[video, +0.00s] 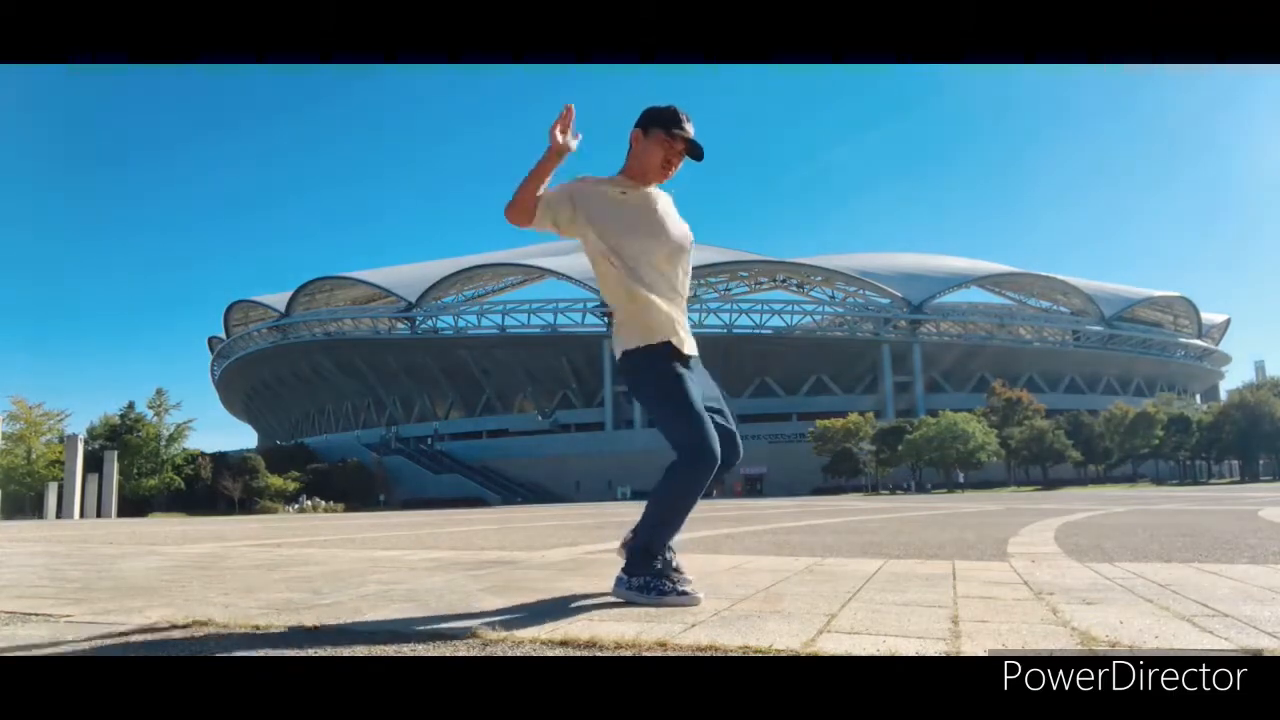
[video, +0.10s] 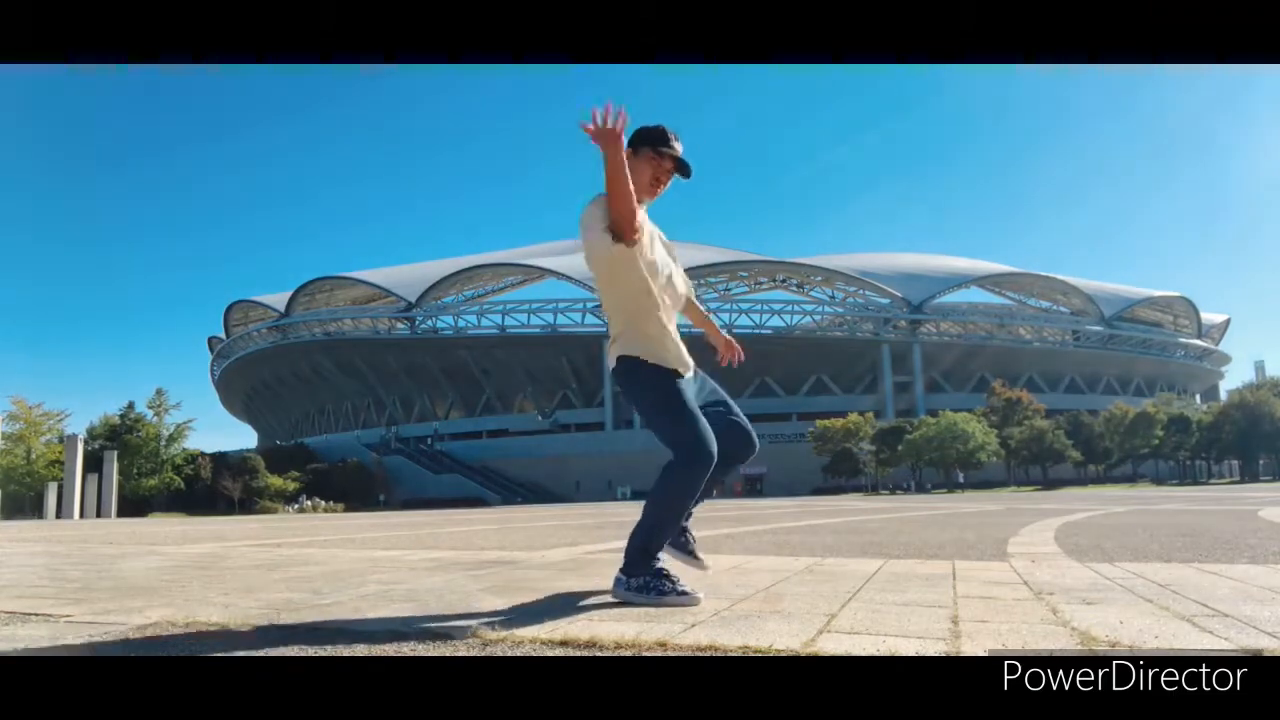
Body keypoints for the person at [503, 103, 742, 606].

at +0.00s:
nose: (674, 161)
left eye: (682, 155)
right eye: (668, 148)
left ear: (683, 157)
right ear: (638, 138)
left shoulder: (661, 199)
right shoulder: (593, 193)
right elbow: (518, 212)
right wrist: (554, 155)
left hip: (682, 349)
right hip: (646, 351)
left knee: (726, 450)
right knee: (701, 452)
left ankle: (647, 546)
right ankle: (641, 569)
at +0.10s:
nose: (664, 179)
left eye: (671, 174)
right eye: (659, 166)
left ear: (669, 179)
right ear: (631, 159)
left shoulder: (652, 229)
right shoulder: (601, 214)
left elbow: (680, 294)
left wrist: (713, 332)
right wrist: (614, 156)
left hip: (677, 363)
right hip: (642, 363)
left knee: (739, 442)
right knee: (698, 452)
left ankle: (672, 518)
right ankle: (636, 570)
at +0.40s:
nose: (646, 198)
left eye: (653, 192)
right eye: (638, 188)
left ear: (656, 194)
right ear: (612, 184)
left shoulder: (651, 237)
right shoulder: (595, 227)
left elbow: (675, 301)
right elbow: (660, 247)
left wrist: (706, 344)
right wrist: (691, 247)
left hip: (680, 359)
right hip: (635, 355)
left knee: (694, 466)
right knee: (659, 444)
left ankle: (643, 544)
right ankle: (641, 566)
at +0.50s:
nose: (647, 197)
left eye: (653, 190)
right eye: (639, 187)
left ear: (657, 193)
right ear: (615, 186)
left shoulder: (661, 236)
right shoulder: (598, 228)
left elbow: (676, 302)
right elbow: (652, 255)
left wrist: (697, 345)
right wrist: (691, 257)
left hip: (672, 360)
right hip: (627, 358)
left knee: (682, 462)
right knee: (641, 445)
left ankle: (645, 544)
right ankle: (640, 557)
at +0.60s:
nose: (642, 194)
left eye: (649, 188)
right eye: (634, 185)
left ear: (656, 195)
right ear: (615, 190)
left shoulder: (665, 243)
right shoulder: (599, 233)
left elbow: (676, 310)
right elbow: (629, 274)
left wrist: (690, 354)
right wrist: (682, 279)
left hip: (669, 363)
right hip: (622, 360)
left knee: (674, 459)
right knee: (632, 439)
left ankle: (642, 550)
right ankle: (615, 549)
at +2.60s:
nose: (673, 219)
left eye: (679, 212)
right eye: (665, 213)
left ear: (690, 218)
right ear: (653, 220)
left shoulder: (712, 263)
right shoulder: (636, 260)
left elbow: (743, 303)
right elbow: (600, 293)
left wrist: (760, 342)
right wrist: (585, 322)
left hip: (694, 365)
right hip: (655, 354)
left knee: (703, 461)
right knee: (646, 352)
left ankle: (697, 545)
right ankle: (648, 453)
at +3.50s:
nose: (604, 215)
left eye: (611, 209)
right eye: (596, 209)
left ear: (623, 219)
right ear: (584, 219)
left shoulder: (643, 269)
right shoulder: (564, 265)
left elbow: (661, 331)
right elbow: (545, 319)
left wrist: (680, 380)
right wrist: (535, 369)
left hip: (636, 392)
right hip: (580, 389)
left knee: (673, 463)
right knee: (532, 457)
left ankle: (644, 545)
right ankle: (561, 541)